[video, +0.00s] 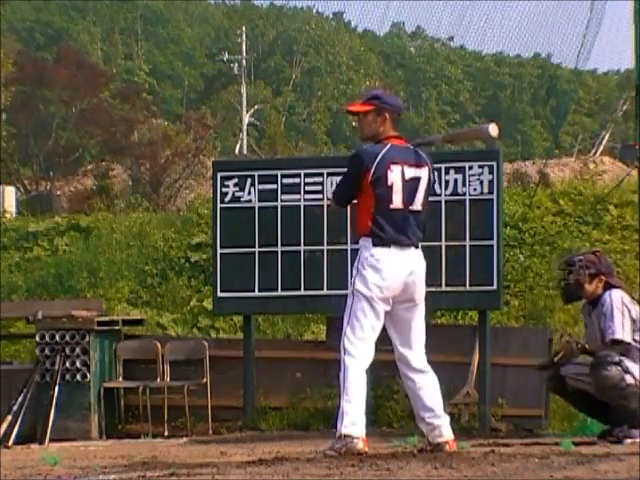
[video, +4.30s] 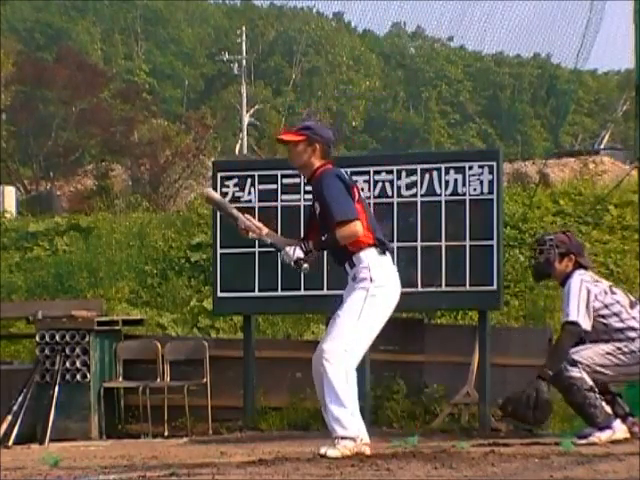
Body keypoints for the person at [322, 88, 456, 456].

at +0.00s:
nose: (358, 123)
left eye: (363, 117)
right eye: (358, 117)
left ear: (384, 119)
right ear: (388, 121)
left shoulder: (367, 156)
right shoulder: (422, 159)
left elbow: (339, 200)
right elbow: (407, 196)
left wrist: (364, 175)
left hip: (378, 260)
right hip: (414, 261)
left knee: (356, 349)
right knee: (413, 355)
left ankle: (351, 434)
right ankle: (441, 434)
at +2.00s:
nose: (361, 119)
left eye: (363, 115)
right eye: (362, 114)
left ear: (369, 119)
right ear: (396, 119)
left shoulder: (357, 160)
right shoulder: (416, 162)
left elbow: (335, 196)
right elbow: (395, 192)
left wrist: (346, 163)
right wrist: (362, 165)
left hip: (367, 263)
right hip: (406, 263)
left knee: (347, 348)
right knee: (412, 350)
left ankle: (343, 431)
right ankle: (441, 433)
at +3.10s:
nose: (357, 123)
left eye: (362, 118)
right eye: (358, 117)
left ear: (380, 120)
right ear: (391, 121)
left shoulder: (360, 156)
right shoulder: (422, 159)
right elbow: (431, 186)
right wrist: (400, 145)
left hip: (376, 261)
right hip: (416, 261)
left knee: (354, 348)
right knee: (418, 354)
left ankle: (344, 431)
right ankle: (442, 435)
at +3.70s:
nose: (349, 124)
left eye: (353, 119)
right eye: (350, 118)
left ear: (372, 121)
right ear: (379, 123)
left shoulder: (359, 156)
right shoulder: (409, 157)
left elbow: (328, 203)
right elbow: (379, 196)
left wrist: (342, 162)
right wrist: (355, 159)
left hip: (378, 260)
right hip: (412, 260)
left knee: (346, 352)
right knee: (411, 357)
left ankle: (348, 435)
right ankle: (442, 436)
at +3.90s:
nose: (331, 123)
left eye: (336, 117)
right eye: (332, 117)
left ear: (355, 120)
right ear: (357, 122)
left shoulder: (357, 154)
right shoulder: (381, 156)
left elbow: (343, 219)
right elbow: (349, 207)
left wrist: (324, 214)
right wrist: (319, 182)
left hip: (370, 257)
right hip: (397, 257)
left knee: (340, 352)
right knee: (380, 357)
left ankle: (346, 437)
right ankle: (429, 426)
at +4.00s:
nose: (320, 122)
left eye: (325, 116)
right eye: (320, 117)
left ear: (345, 120)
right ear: (346, 121)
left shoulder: (351, 153)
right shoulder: (362, 155)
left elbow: (360, 217)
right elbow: (328, 215)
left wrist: (328, 229)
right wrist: (289, 190)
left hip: (370, 257)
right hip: (390, 257)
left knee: (340, 350)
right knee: (358, 350)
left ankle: (346, 437)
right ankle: (400, 423)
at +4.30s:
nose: (289, 152)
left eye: (294, 146)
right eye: (289, 146)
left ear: (314, 149)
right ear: (309, 150)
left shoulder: (328, 179)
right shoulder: (321, 185)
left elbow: (353, 229)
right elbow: (309, 246)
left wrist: (312, 247)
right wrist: (266, 233)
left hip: (374, 275)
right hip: (365, 277)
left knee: (333, 353)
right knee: (324, 357)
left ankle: (352, 438)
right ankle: (349, 437)